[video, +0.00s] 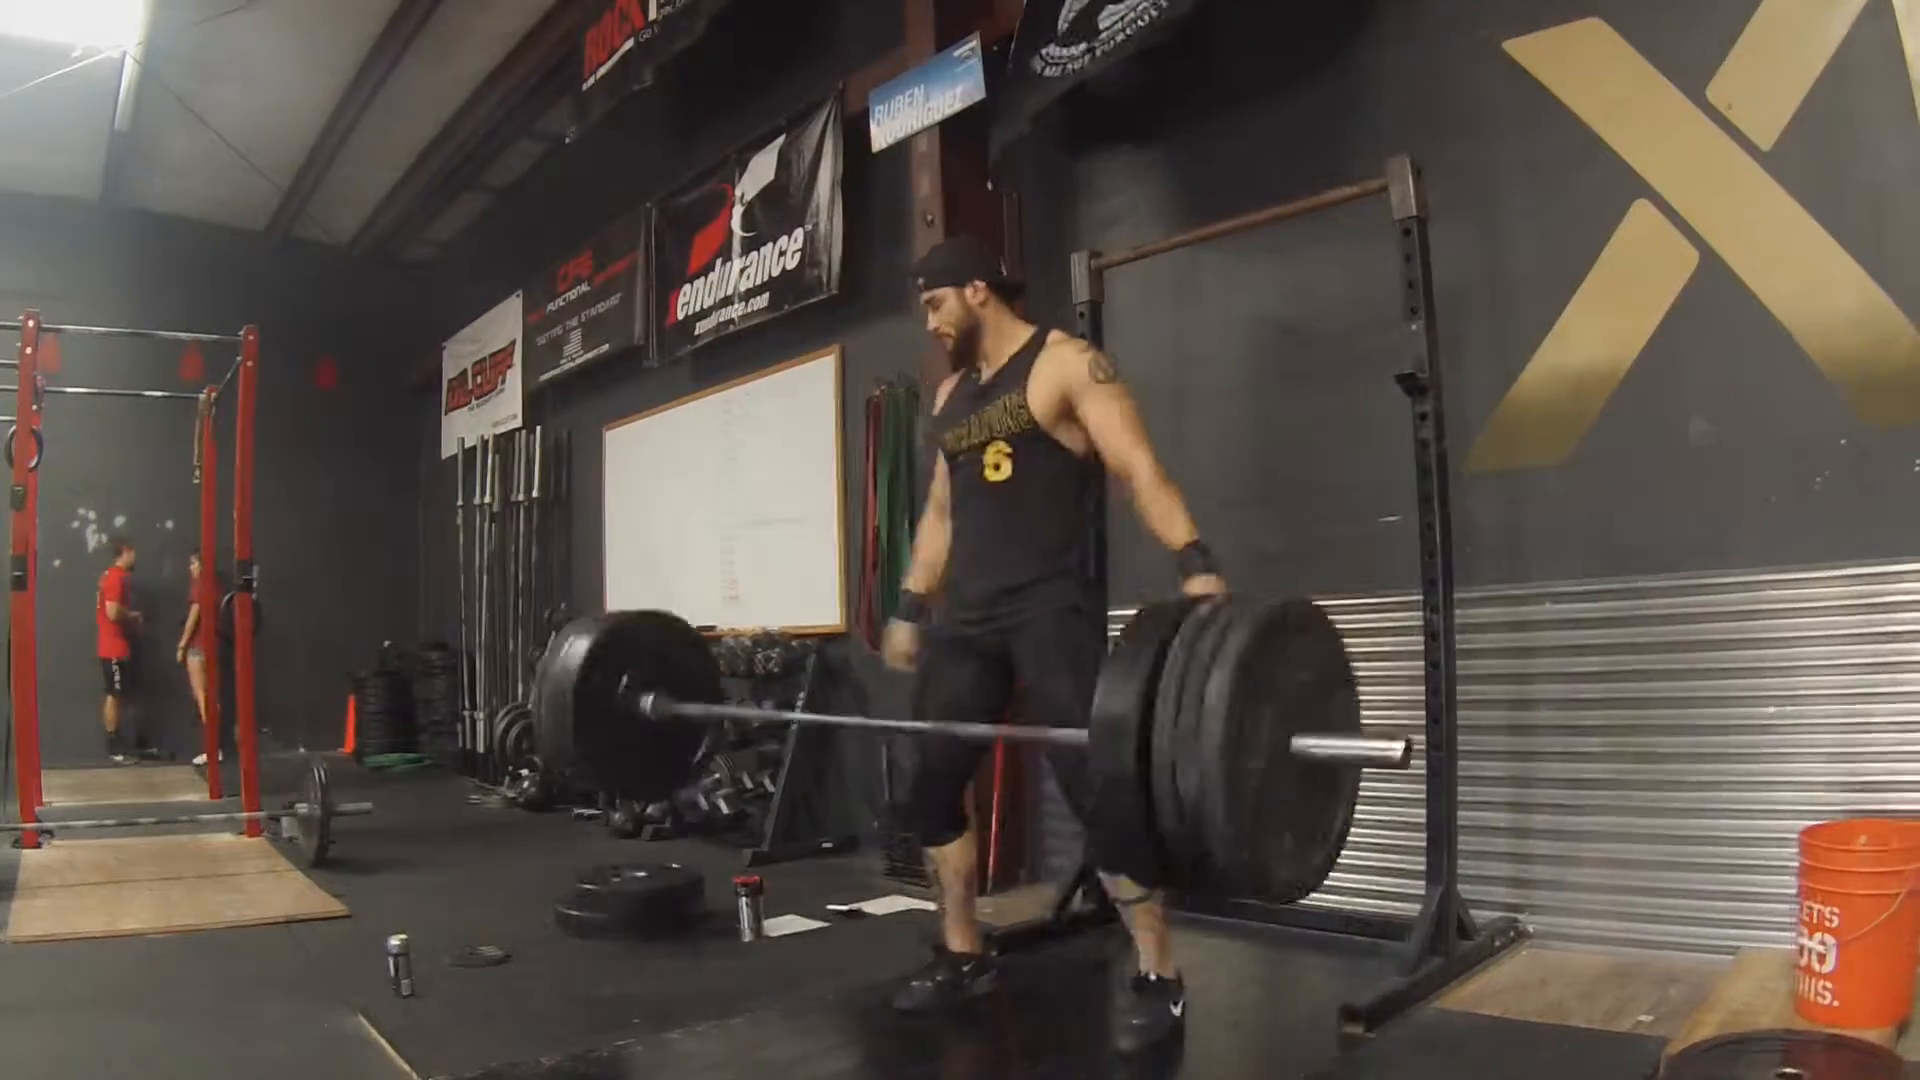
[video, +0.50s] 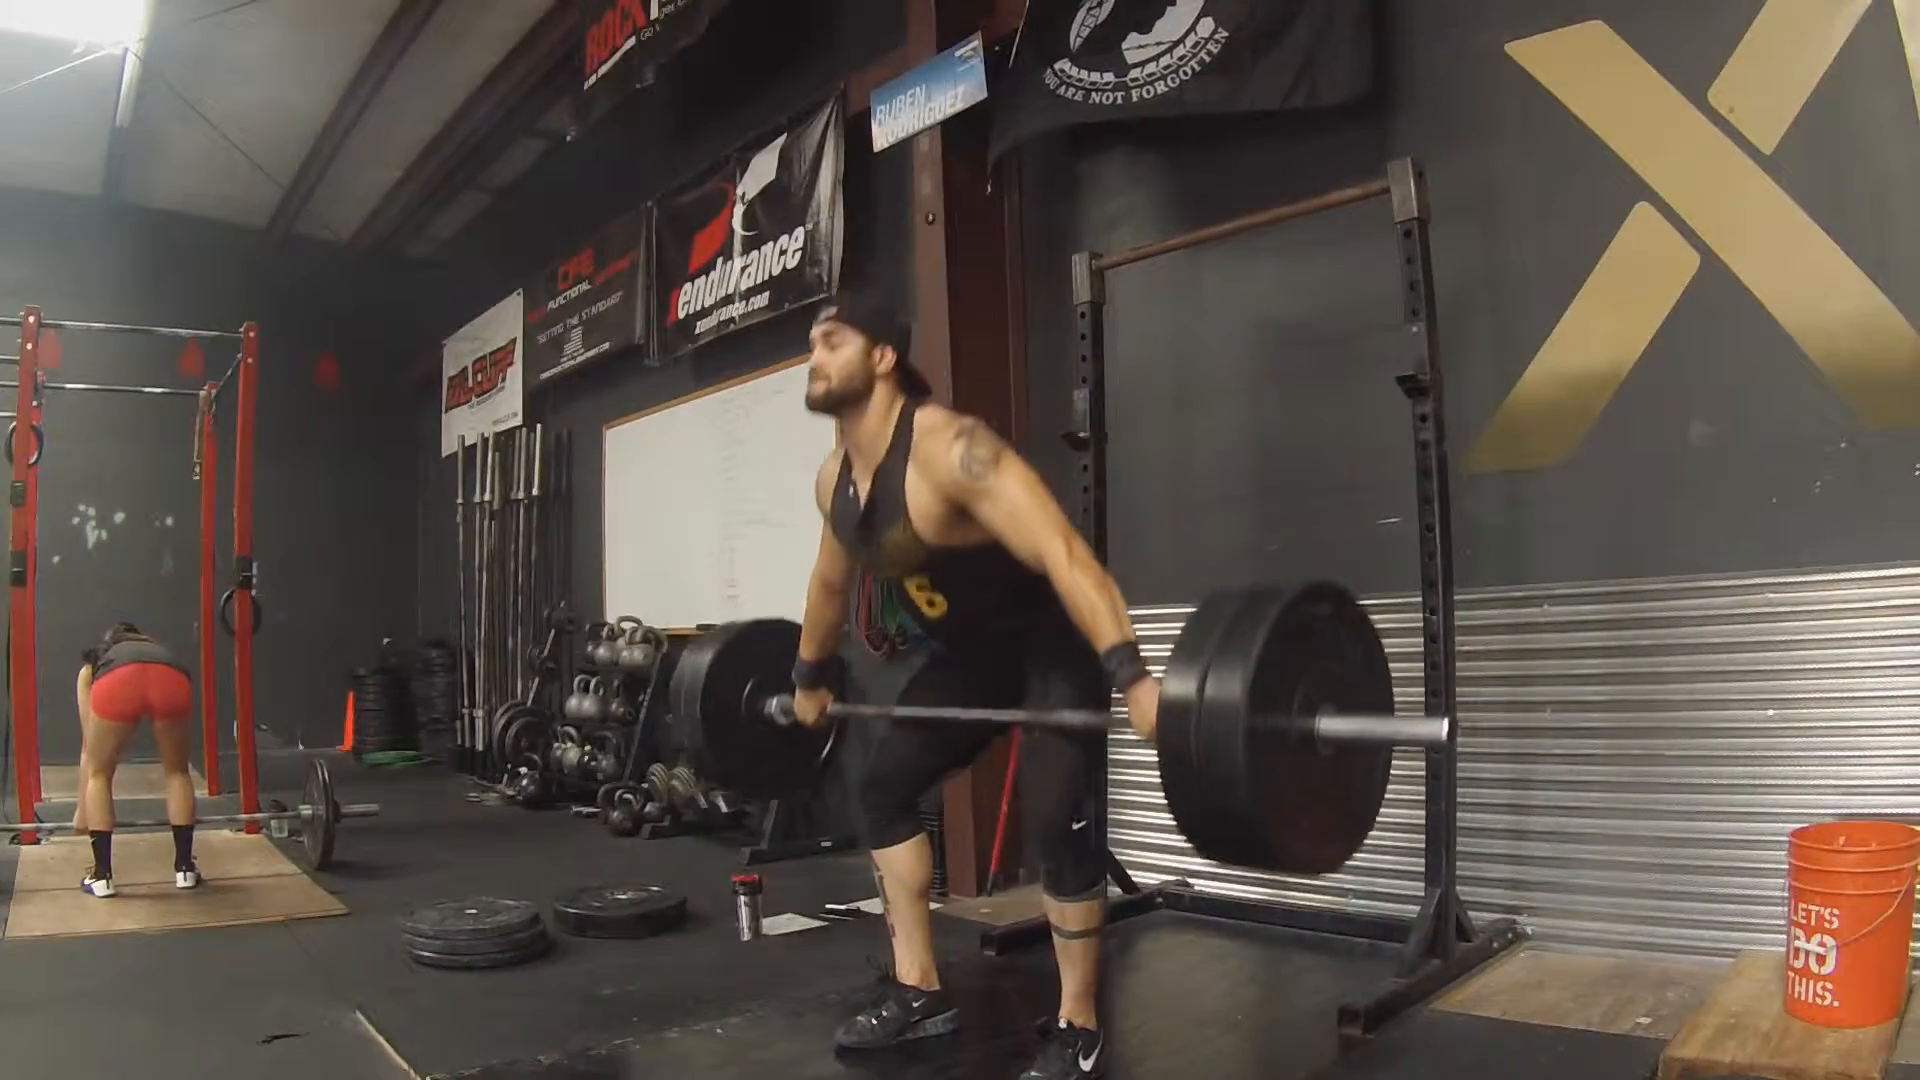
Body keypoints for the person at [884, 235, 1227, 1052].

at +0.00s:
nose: (928, 319)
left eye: (935, 301)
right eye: (923, 307)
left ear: (981, 290)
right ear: (951, 304)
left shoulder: (1066, 363)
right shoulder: (954, 395)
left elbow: (1140, 470)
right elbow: (940, 511)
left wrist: (1194, 561)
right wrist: (908, 608)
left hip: (1055, 614)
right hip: (967, 621)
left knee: (1099, 792)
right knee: (931, 786)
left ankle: (1159, 977)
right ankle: (962, 952)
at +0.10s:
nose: (871, 257)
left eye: (890, 243)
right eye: (869, 247)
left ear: (939, 261)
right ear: (874, 273)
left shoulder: (991, 349)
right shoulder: (872, 385)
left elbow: (1077, 450)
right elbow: (847, 497)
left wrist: (1133, 560)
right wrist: (815, 588)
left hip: (1032, 624)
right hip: (938, 632)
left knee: (1043, 818)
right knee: (881, 784)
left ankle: (1077, 1026)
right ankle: (917, 990)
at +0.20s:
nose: (843, 279)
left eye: (864, 265)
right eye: (842, 269)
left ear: (915, 286)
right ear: (848, 298)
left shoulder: (974, 369)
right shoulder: (855, 403)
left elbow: (1071, 476)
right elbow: (840, 515)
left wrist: (1135, 584)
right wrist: (817, 608)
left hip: (1039, 633)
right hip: (945, 641)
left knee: (1049, 823)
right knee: (876, 776)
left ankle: (1077, 1024)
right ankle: (918, 990)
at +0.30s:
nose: (825, 305)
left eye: (844, 291)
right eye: (825, 294)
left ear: (897, 308)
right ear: (838, 320)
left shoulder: (963, 394)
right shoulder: (847, 426)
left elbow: (1067, 496)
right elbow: (838, 534)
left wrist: (1136, 613)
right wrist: (817, 628)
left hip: (1050, 635)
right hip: (955, 643)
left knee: (1054, 819)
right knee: (878, 783)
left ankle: (1079, 1025)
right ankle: (919, 990)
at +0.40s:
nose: (817, 330)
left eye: (836, 316)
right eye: (816, 318)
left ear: (890, 333)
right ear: (834, 344)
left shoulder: (959, 421)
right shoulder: (841, 453)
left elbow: (1064, 522)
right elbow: (834, 560)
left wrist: (1133, 644)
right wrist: (813, 654)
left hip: (1054, 638)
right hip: (961, 649)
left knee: (1055, 817)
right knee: (883, 780)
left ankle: (1079, 1026)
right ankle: (918, 991)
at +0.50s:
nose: (812, 359)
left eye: (831, 344)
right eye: (811, 348)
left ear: (883, 360)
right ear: (821, 371)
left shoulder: (955, 447)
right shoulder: (839, 476)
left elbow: (1064, 553)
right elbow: (829, 586)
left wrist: (1131, 675)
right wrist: (809, 678)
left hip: (1053, 641)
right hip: (967, 649)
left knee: (1062, 821)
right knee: (885, 783)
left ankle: (1079, 1026)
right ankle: (918, 991)